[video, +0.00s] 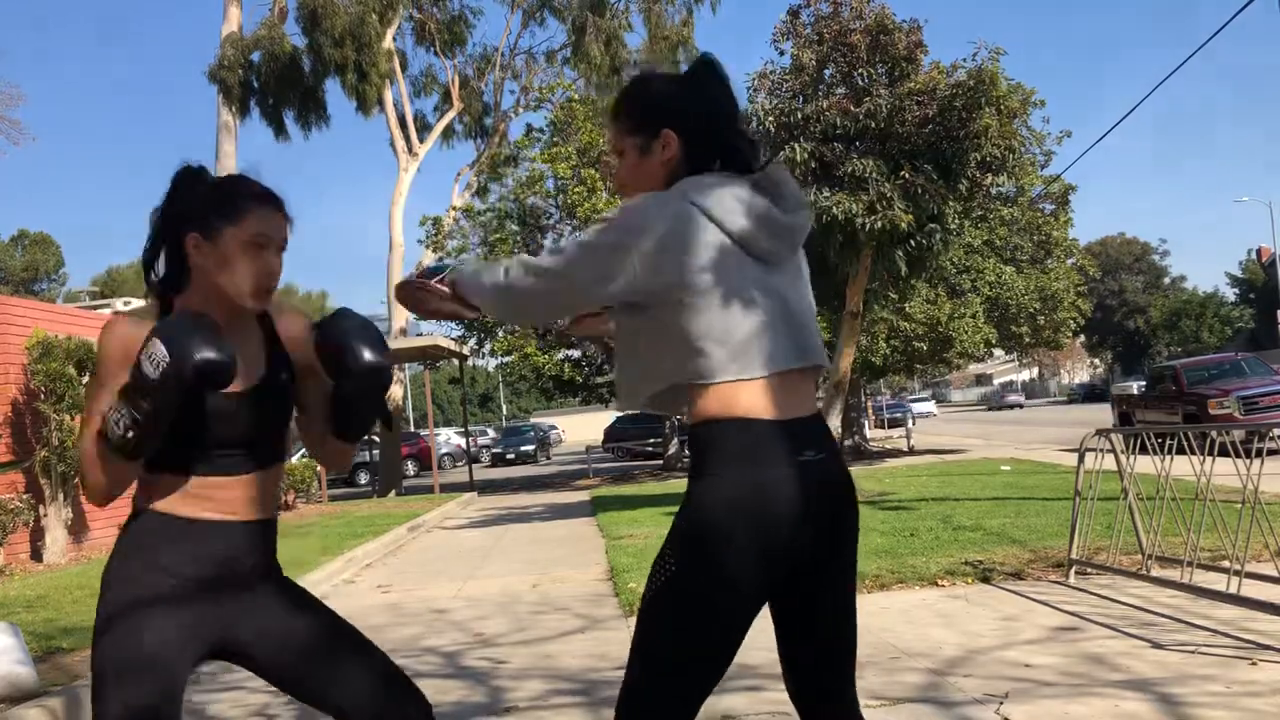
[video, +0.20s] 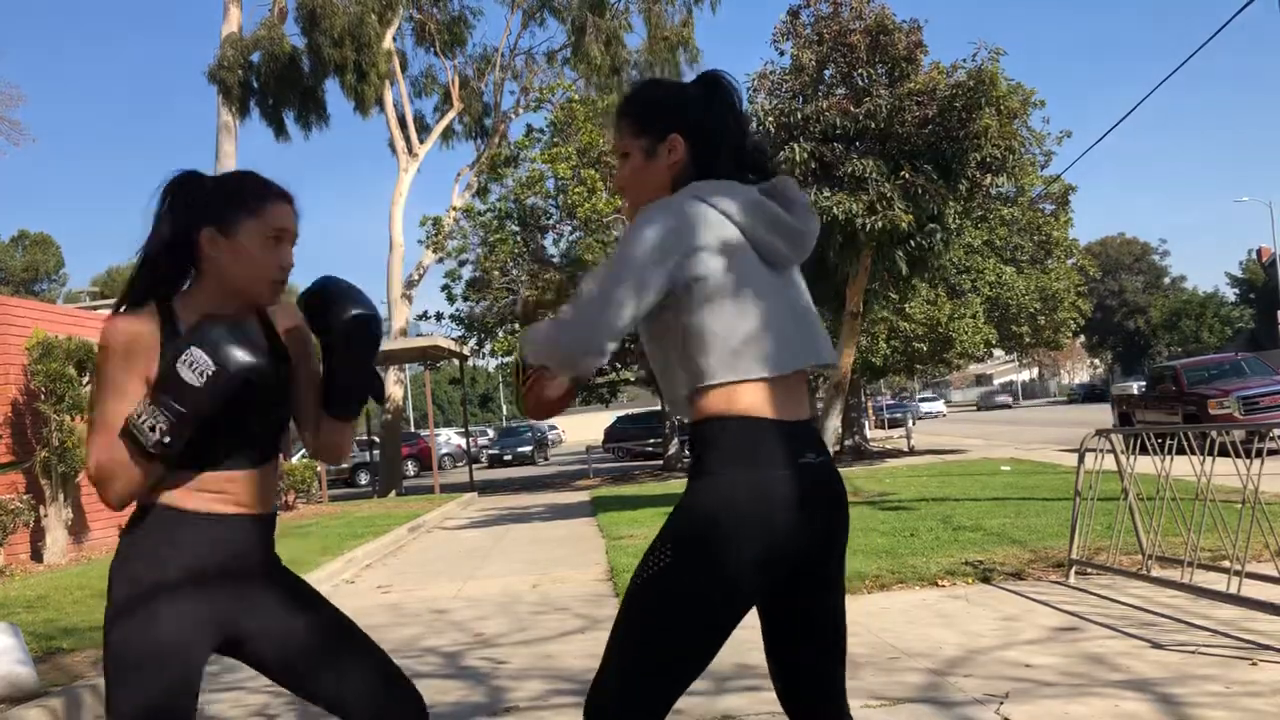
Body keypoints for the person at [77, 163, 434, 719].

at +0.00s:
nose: (276, 265)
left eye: (281, 250)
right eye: (259, 246)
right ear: (197, 247)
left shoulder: (288, 331)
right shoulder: (134, 336)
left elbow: (334, 455)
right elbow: (100, 487)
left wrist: (361, 389)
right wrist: (147, 395)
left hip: (255, 582)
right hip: (156, 586)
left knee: (403, 708)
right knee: (132, 710)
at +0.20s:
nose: (291, 261)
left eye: (292, 243)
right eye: (276, 241)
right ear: (213, 243)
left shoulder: (284, 325)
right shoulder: (136, 333)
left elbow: (330, 448)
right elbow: (113, 488)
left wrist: (352, 362)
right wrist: (174, 406)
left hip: (254, 569)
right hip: (161, 574)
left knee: (397, 706)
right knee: (147, 710)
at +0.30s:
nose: (318, 242)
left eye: (319, 227)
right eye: (307, 223)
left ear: (253, 227)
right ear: (247, 223)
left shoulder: (283, 312)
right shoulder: (175, 307)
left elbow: (333, 423)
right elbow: (203, 445)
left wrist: (346, 327)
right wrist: (272, 340)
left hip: (255, 556)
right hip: (182, 560)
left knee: (389, 700)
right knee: (176, 712)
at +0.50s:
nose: (393, 299)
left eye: (395, 281)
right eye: (384, 278)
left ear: (330, 274)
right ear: (330, 272)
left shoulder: (265, 327)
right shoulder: (275, 324)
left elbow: (311, 464)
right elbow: (343, 446)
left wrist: (359, 384)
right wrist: (411, 383)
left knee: (410, 695)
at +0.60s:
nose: (414, 354)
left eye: (415, 336)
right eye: (405, 333)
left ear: (351, 331)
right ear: (350, 328)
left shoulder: (329, 393)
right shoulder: (259, 373)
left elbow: (343, 512)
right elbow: (232, 515)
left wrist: (395, 438)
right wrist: (322, 441)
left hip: (234, 611)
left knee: (419, 697)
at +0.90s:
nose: (373, 288)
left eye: (371, 271)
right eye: (358, 269)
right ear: (298, 277)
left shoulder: (319, 353)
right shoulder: (232, 351)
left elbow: (334, 471)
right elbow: (258, 499)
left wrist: (371, 395)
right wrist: (316, 401)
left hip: (269, 596)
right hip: (195, 603)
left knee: (435, 699)